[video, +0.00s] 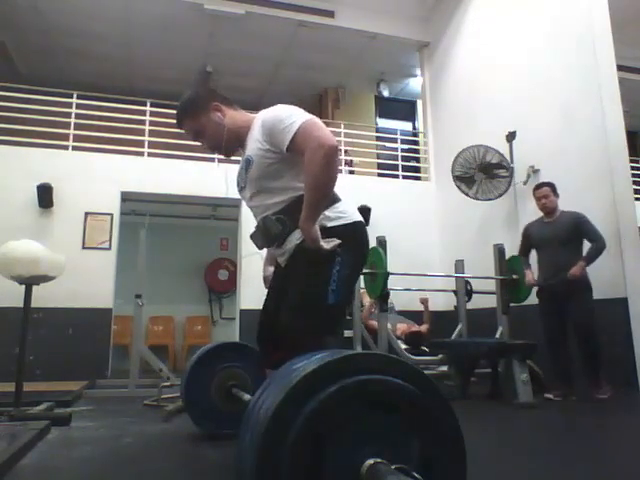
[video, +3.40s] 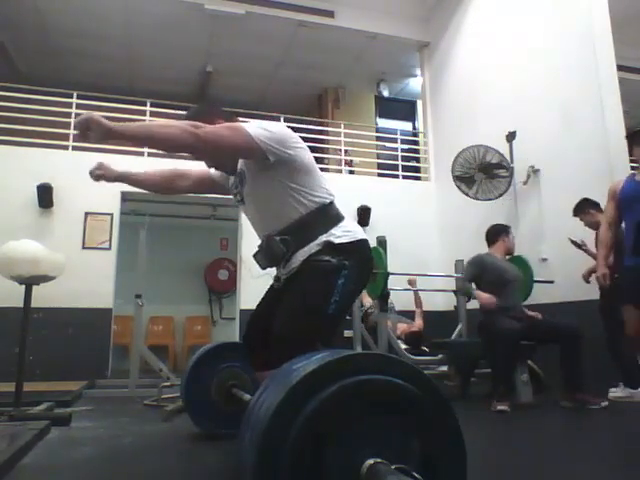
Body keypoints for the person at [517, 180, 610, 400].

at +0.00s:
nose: (544, 202)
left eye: (547, 197)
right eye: (539, 199)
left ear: (556, 197)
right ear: (536, 203)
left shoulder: (575, 219)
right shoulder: (531, 229)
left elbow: (599, 243)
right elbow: (523, 256)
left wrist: (583, 263)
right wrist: (527, 271)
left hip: (576, 288)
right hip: (548, 292)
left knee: (585, 335)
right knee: (554, 340)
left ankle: (597, 384)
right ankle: (561, 387)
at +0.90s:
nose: (564, 185)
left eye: (568, 181)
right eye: (559, 180)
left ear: (572, 183)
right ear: (547, 180)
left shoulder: (580, 212)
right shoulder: (527, 209)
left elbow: (599, 243)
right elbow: (503, 234)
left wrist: (579, 258)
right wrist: (521, 252)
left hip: (569, 281)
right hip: (537, 281)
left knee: (578, 335)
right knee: (534, 334)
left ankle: (583, 396)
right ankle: (531, 395)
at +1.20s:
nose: (551, 183)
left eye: (553, 179)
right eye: (547, 178)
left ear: (551, 181)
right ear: (530, 177)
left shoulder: (555, 210)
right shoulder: (510, 207)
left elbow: (562, 240)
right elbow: (490, 236)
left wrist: (563, 257)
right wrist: (510, 259)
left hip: (548, 280)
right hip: (518, 282)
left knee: (565, 335)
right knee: (516, 339)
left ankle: (580, 394)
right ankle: (512, 396)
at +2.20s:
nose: (574, 208)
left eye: (574, 204)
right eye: (570, 203)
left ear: (558, 206)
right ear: (555, 204)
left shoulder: (563, 238)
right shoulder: (528, 224)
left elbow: (567, 268)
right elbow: (499, 244)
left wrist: (564, 296)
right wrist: (510, 279)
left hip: (531, 290)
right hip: (505, 288)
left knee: (566, 329)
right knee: (504, 334)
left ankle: (563, 391)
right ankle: (499, 395)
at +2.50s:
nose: (564, 245)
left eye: (564, 240)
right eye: (561, 240)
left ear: (551, 242)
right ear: (548, 241)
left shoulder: (556, 267)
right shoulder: (519, 259)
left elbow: (562, 286)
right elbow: (486, 276)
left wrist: (558, 307)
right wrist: (497, 310)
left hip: (527, 314)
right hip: (500, 315)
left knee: (571, 334)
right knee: (503, 335)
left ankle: (564, 392)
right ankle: (497, 397)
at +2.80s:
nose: (533, 244)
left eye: (533, 239)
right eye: (531, 239)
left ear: (519, 241)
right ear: (521, 240)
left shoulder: (527, 266)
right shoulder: (497, 263)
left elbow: (533, 294)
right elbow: (482, 289)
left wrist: (545, 312)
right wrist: (507, 314)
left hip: (522, 319)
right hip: (496, 321)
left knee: (567, 334)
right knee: (511, 338)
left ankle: (564, 392)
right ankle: (498, 396)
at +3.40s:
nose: (514, 242)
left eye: (513, 239)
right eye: (512, 238)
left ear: (499, 240)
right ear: (503, 239)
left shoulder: (510, 268)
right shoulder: (480, 260)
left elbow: (509, 300)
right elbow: (461, 284)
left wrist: (526, 313)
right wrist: (479, 295)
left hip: (517, 317)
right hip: (494, 317)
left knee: (570, 332)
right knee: (507, 334)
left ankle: (573, 392)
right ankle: (501, 397)